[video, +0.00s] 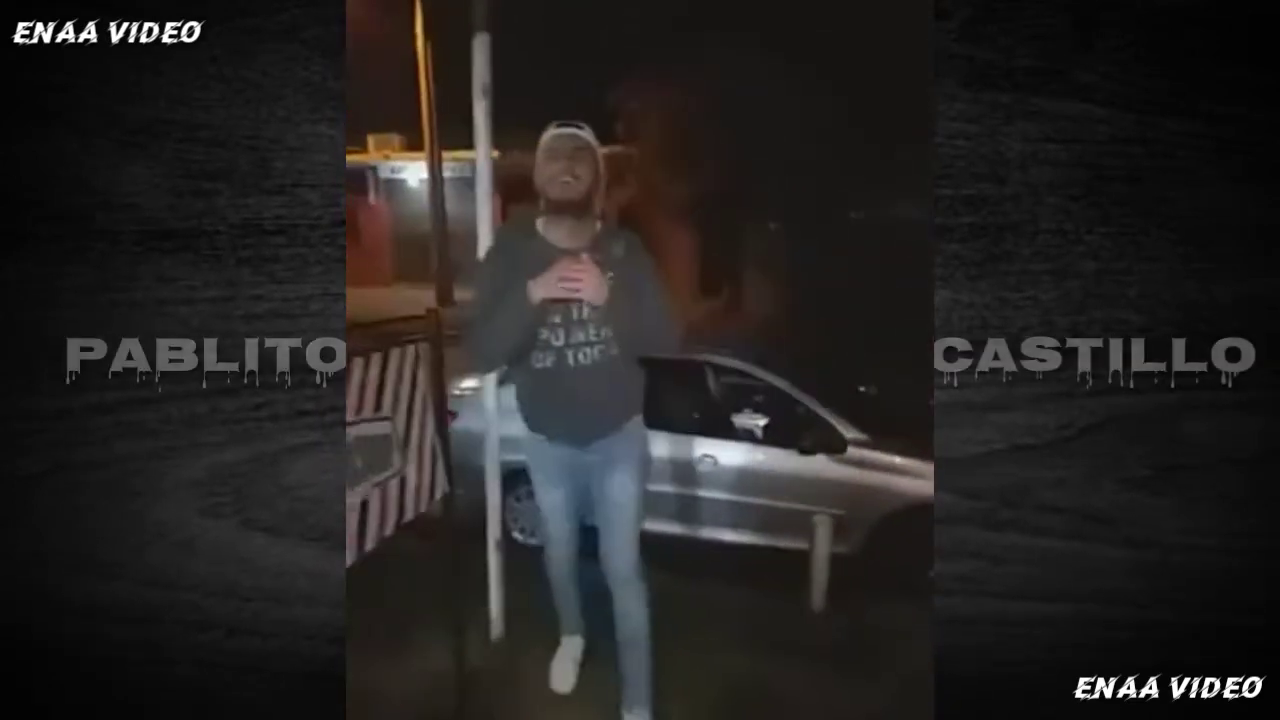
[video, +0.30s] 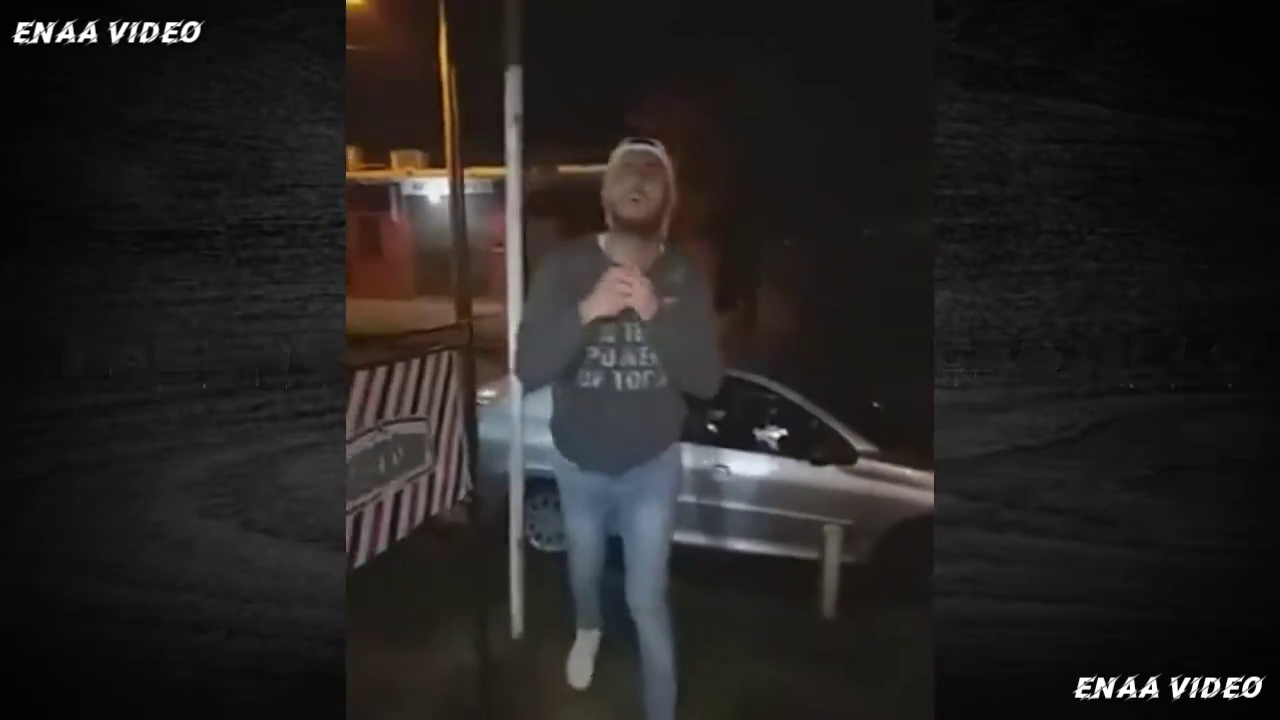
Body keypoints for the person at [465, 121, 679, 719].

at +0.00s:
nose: (566, 168)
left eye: (578, 158)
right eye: (554, 158)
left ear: (597, 173)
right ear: (535, 172)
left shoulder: (623, 248)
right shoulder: (512, 250)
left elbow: (663, 339)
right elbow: (483, 349)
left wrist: (608, 297)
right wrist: (530, 295)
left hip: (618, 433)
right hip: (546, 436)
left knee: (622, 569)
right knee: (559, 556)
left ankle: (638, 707)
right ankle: (571, 637)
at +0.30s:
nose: (636, 183)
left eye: (650, 175)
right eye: (625, 172)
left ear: (668, 194)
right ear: (604, 187)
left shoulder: (682, 274)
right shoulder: (564, 267)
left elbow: (706, 381)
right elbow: (529, 369)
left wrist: (655, 315)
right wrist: (587, 311)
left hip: (652, 459)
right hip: (580, 459)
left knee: (646, 601)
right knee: (583, 569)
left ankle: (661, 712)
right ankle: (588, 632)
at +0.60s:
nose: (663, 147)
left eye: (677, 137)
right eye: (651, 136)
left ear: (698, 159)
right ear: (630, 152)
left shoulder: (711, 245)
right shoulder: (589, 230)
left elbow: (731, 354)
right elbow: (546, 339)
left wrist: (671, 287)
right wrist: (610, 285)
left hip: (671, 441)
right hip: (594, 438)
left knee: (661, 579)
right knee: (595, 585)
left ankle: (664, 696)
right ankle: (609, 624)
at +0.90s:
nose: (586, 135)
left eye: (603, 125)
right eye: (573, 125)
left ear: (630, 146)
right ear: (556, 146)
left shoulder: (656, 233)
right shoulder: (521, 230)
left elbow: (682, 351)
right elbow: (485, 346)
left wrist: (607, 278)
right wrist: (543, 286)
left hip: (631, 446)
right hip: (547, 446)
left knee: (631, 572)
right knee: (536, 606)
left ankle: (638, 667)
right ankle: (525, 712)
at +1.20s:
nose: (542, 114)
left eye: (560, 104)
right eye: (528, 104)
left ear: (589, 131)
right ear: (511, 130)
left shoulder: (621, 219)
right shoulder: (480, 220)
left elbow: (654, 347)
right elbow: (444, 352)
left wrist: (566, 270)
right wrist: (501, 274)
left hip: (608, 459)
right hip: (516, 462)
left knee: (614, 591)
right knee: (525, 617)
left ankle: (627, 643)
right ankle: (527, 712)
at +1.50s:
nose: (551, 92)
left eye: (570, 83)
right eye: (534, 82)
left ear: (597, 114)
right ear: (513, 110)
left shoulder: (622, 204)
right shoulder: (472, 209)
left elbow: (663, 338)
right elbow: (441, 347)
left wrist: (578, 253)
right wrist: (513, 258)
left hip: (618, 459)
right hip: (521, 464)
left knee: (626, 628)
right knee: (539, 637)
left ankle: (626, 710)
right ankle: (543, 714)